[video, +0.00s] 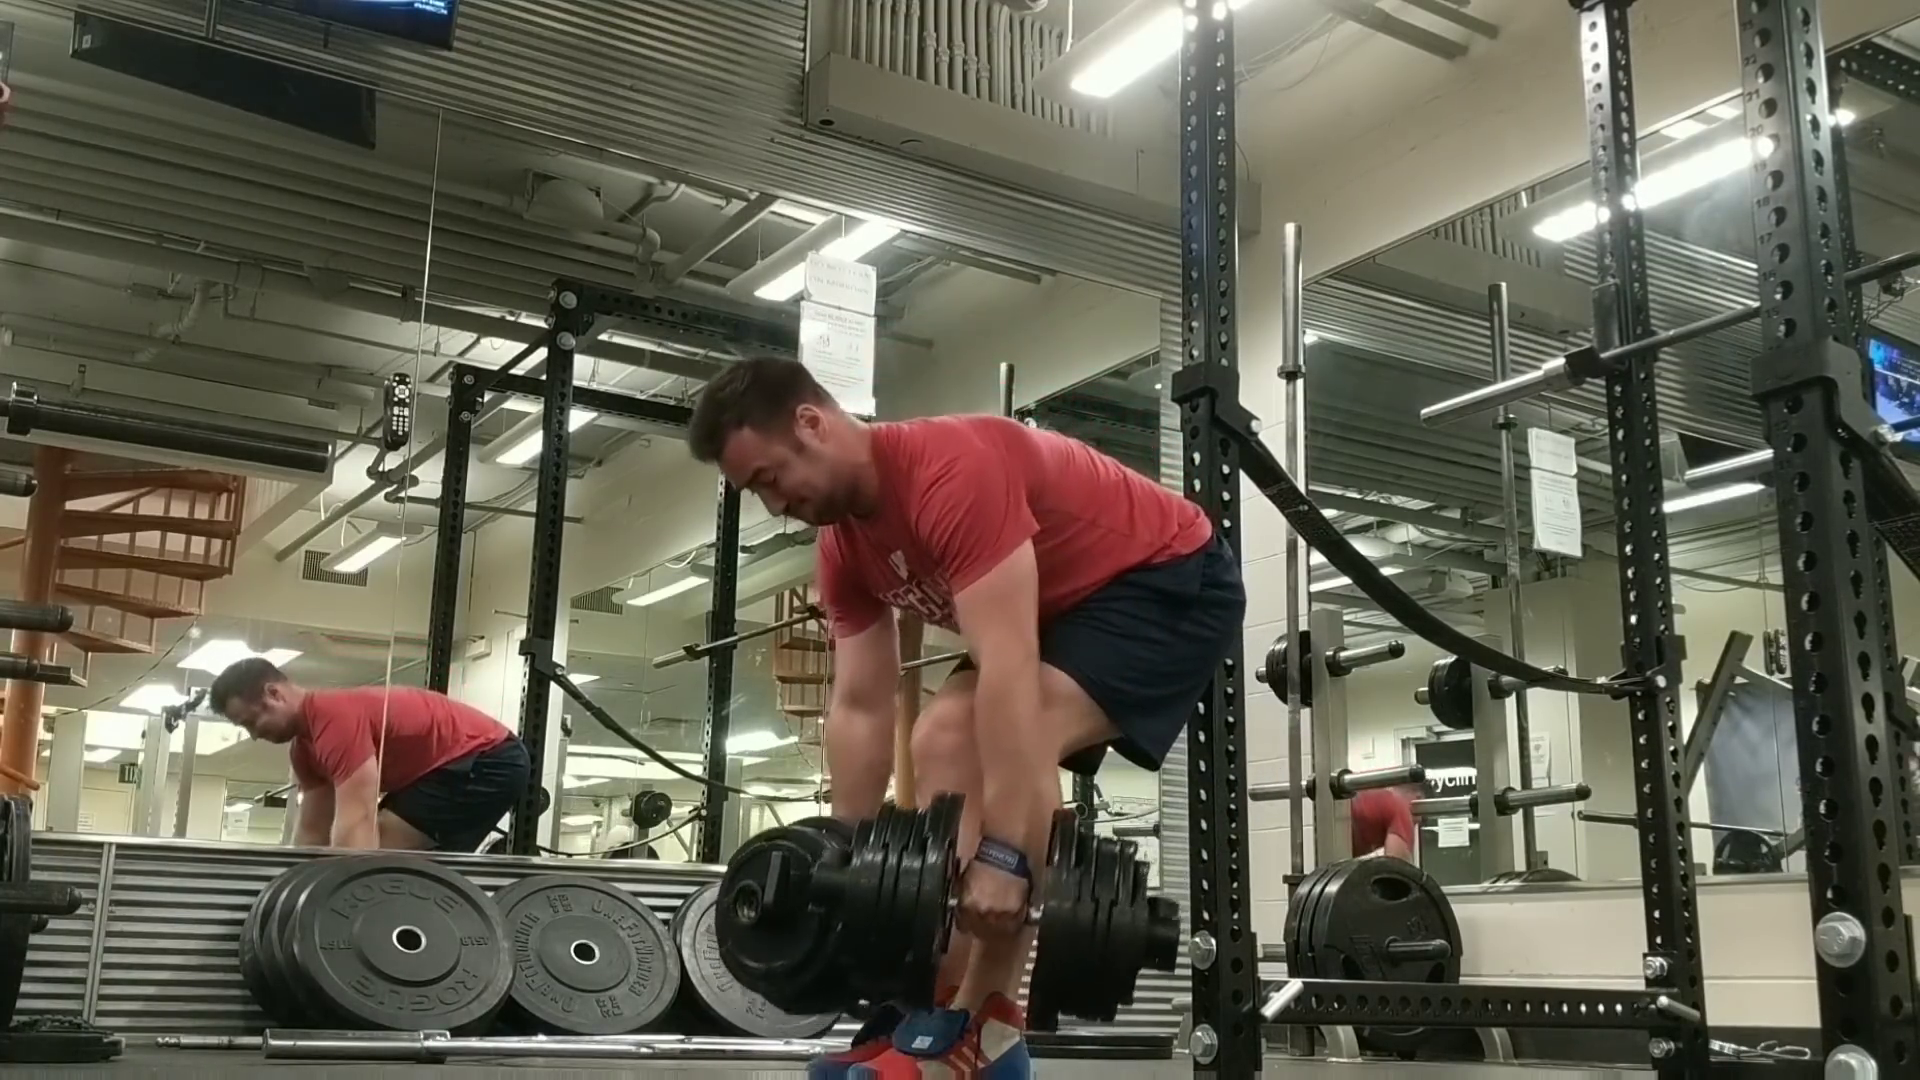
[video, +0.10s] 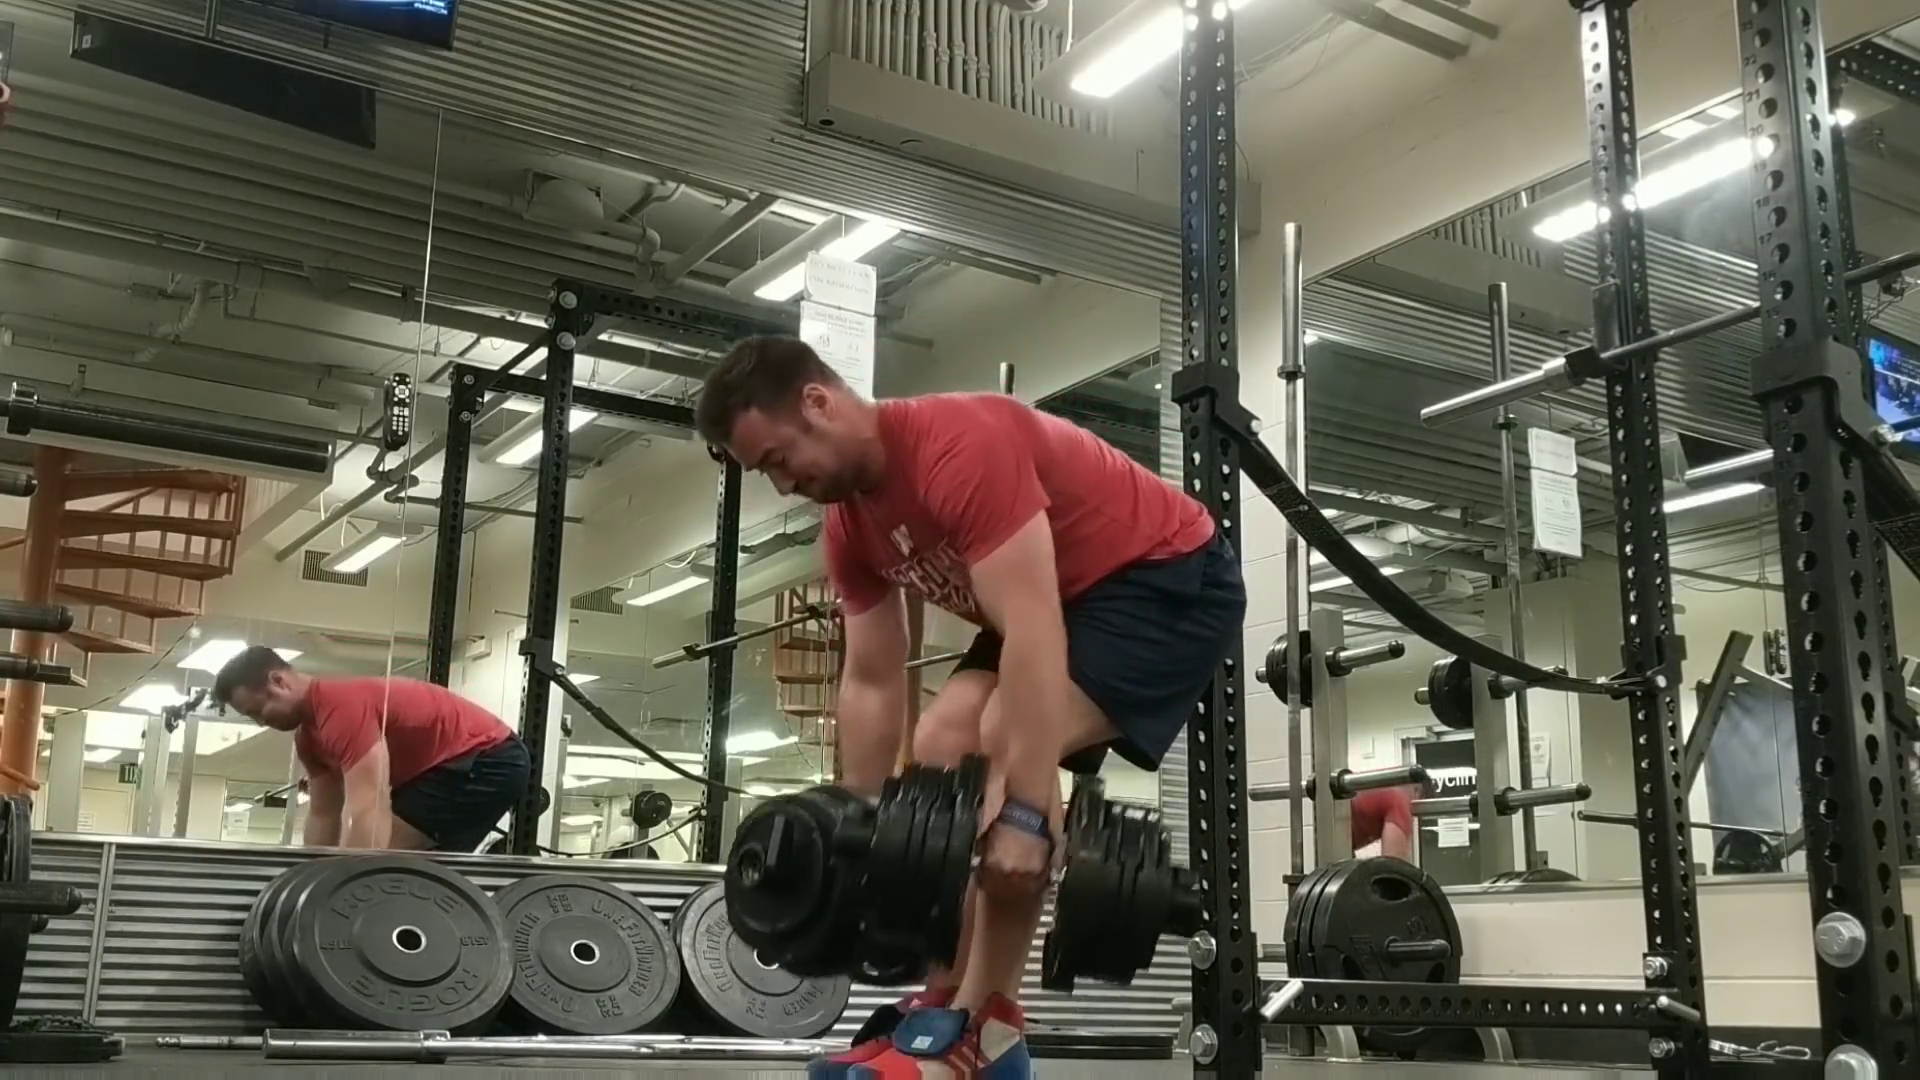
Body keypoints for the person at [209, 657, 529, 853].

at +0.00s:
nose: (254, 733)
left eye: (252, 720)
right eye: (246, 727)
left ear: (276, 693)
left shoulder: (337, 719)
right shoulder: (305, 748)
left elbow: (358, 829)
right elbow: (314, 833)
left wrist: (343, 920)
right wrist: (294, 910)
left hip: (488, 760)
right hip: (455, 770)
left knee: (375, 843)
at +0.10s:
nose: (263, 723)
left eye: (260, 711)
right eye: (255, 718)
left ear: (280, 681)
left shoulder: (341, 707)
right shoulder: (310, 734)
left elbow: (367, 811)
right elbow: (323, 814)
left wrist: (341, 900)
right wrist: (303, 891)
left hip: (488, 759)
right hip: (456, 768)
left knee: (382, 847)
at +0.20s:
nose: (269, 711)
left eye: (265, 700)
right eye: (261, 706)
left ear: (284, 669)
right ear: (285, 670)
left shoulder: (347, 692)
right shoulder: (318, 720)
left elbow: (387, 791)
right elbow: (336, 798)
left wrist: (364, 876)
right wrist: (317, 873)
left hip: (486, 759)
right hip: (451, 766)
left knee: (396, 860)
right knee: (393, 861)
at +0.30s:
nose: (280, 699)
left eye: (275, 688)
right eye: (271, 694)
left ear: (293, 657)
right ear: (294, 659)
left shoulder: (354, 676)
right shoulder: (326, 704)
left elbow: (406, 760)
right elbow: (351, 776)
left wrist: (385, 852)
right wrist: (337, 848)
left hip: (489, 758)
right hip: (452, 763)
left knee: (415, 856)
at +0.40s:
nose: (296, 696)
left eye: (289, 687)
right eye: (287, 692)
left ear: (299, 653)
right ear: (300, 653)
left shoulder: (361, 664)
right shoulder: (333, 690)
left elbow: (427, 741)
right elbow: (364, 757)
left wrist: (405, 829)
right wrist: (349, 830)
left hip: (489, 757)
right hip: (451, 760)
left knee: (420, 862)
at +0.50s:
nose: (306, 696)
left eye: (298, 687)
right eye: (296, 693)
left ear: (304, 653)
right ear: (305, 651)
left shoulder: (369, 658)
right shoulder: (340, 684)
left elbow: (441, 724)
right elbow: (381, 743)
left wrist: (420, 810)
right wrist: (361, 806)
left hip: (490, 756)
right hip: (452, 757)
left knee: (434, 868)